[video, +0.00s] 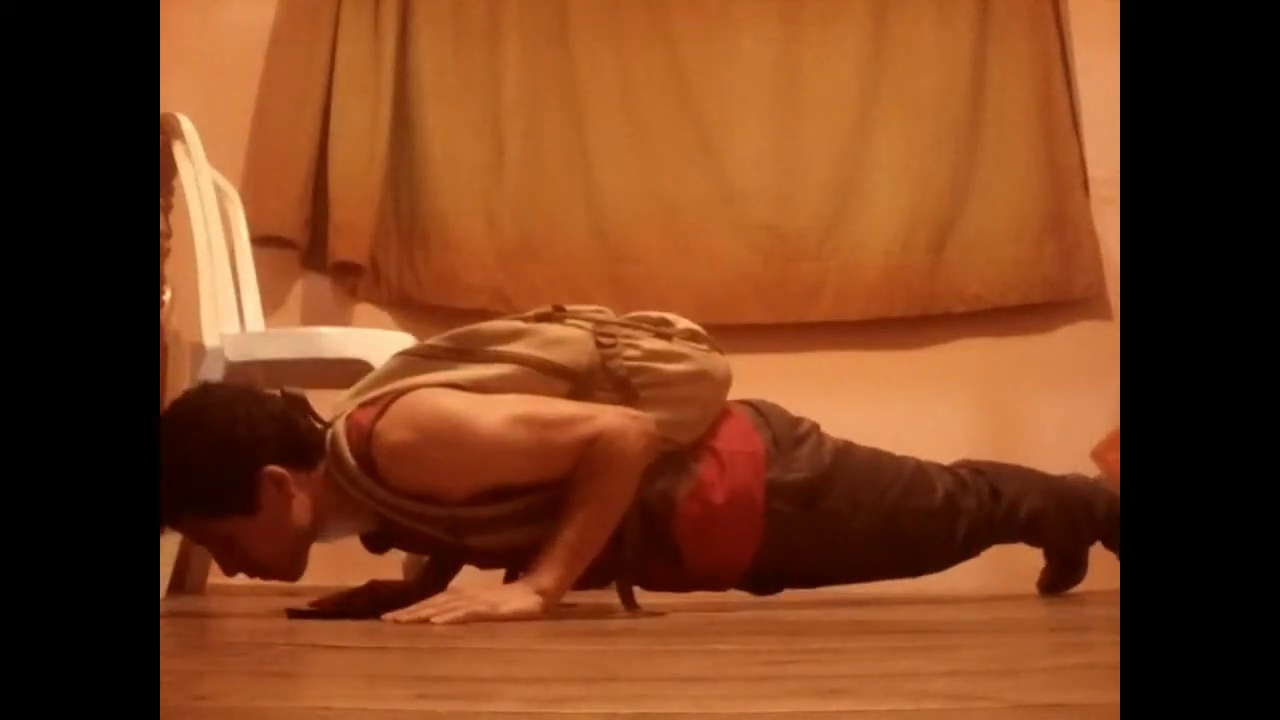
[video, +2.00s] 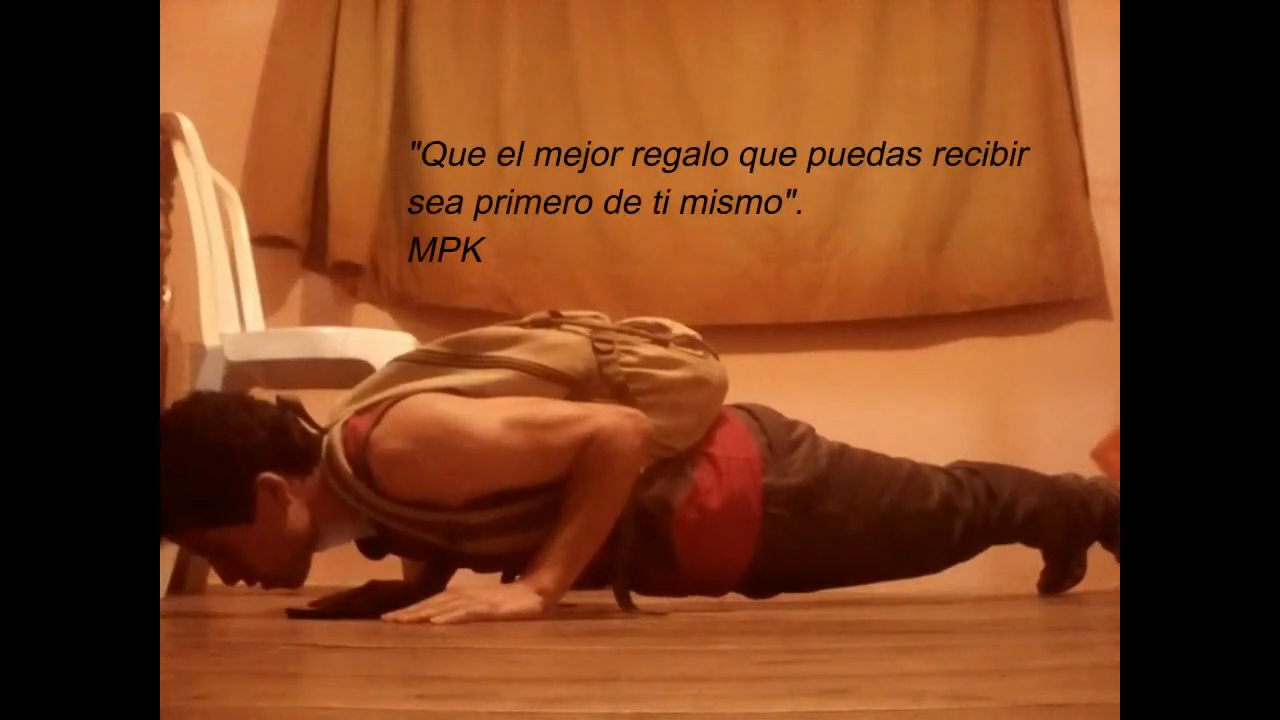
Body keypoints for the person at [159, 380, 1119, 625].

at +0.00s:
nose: (223, 564)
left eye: (221, 539)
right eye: (206, 548)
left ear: (278, 485)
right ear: (275, 478)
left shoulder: (410, 442)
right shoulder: (360, 448)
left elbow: (619, 441)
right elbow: (478, 524)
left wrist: (539, 588)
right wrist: (390, 588)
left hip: (743, 490)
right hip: (715, 495)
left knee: (945, 509)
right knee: (925, 506)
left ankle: (1091, 504)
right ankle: (1076, 504)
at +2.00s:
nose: (224, 574)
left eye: (218, 549)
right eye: (204, 560)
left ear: (274, 491)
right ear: (270, 484)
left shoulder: (404, 449)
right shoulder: (357, 460)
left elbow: (616, 440)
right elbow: (460, 546)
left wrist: (538, 588)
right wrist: (378, 591)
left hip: (741, 496)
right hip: (712, 502)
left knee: (949, 509)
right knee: (927, 507)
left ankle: (1097, 505)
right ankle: (1074, 508)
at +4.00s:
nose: (225, 570)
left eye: (218, 547)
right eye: (205, 557)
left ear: (273, 488)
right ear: (269, 480)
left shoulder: (403, 446)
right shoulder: (357, 459)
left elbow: (616, 438)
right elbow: (456, 545)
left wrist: (538, 588)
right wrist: (388, 589)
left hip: (737, 491)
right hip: (712, 497)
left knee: (941, 508)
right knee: (922, 504)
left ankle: (1091, 504)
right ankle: (1076, 504)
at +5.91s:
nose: (218, 575)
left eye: (211, 551)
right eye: (200, 560)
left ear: (265, 494)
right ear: (263, 482)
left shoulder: (399, 452)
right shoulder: (356, 460)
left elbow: (611, 439)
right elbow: (478, 531)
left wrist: (540, 588)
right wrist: (389, 586)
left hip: (737, 496)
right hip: (709, 506)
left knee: (945, 508)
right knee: (924, 508)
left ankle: (1094, 505)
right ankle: (1074, 506)